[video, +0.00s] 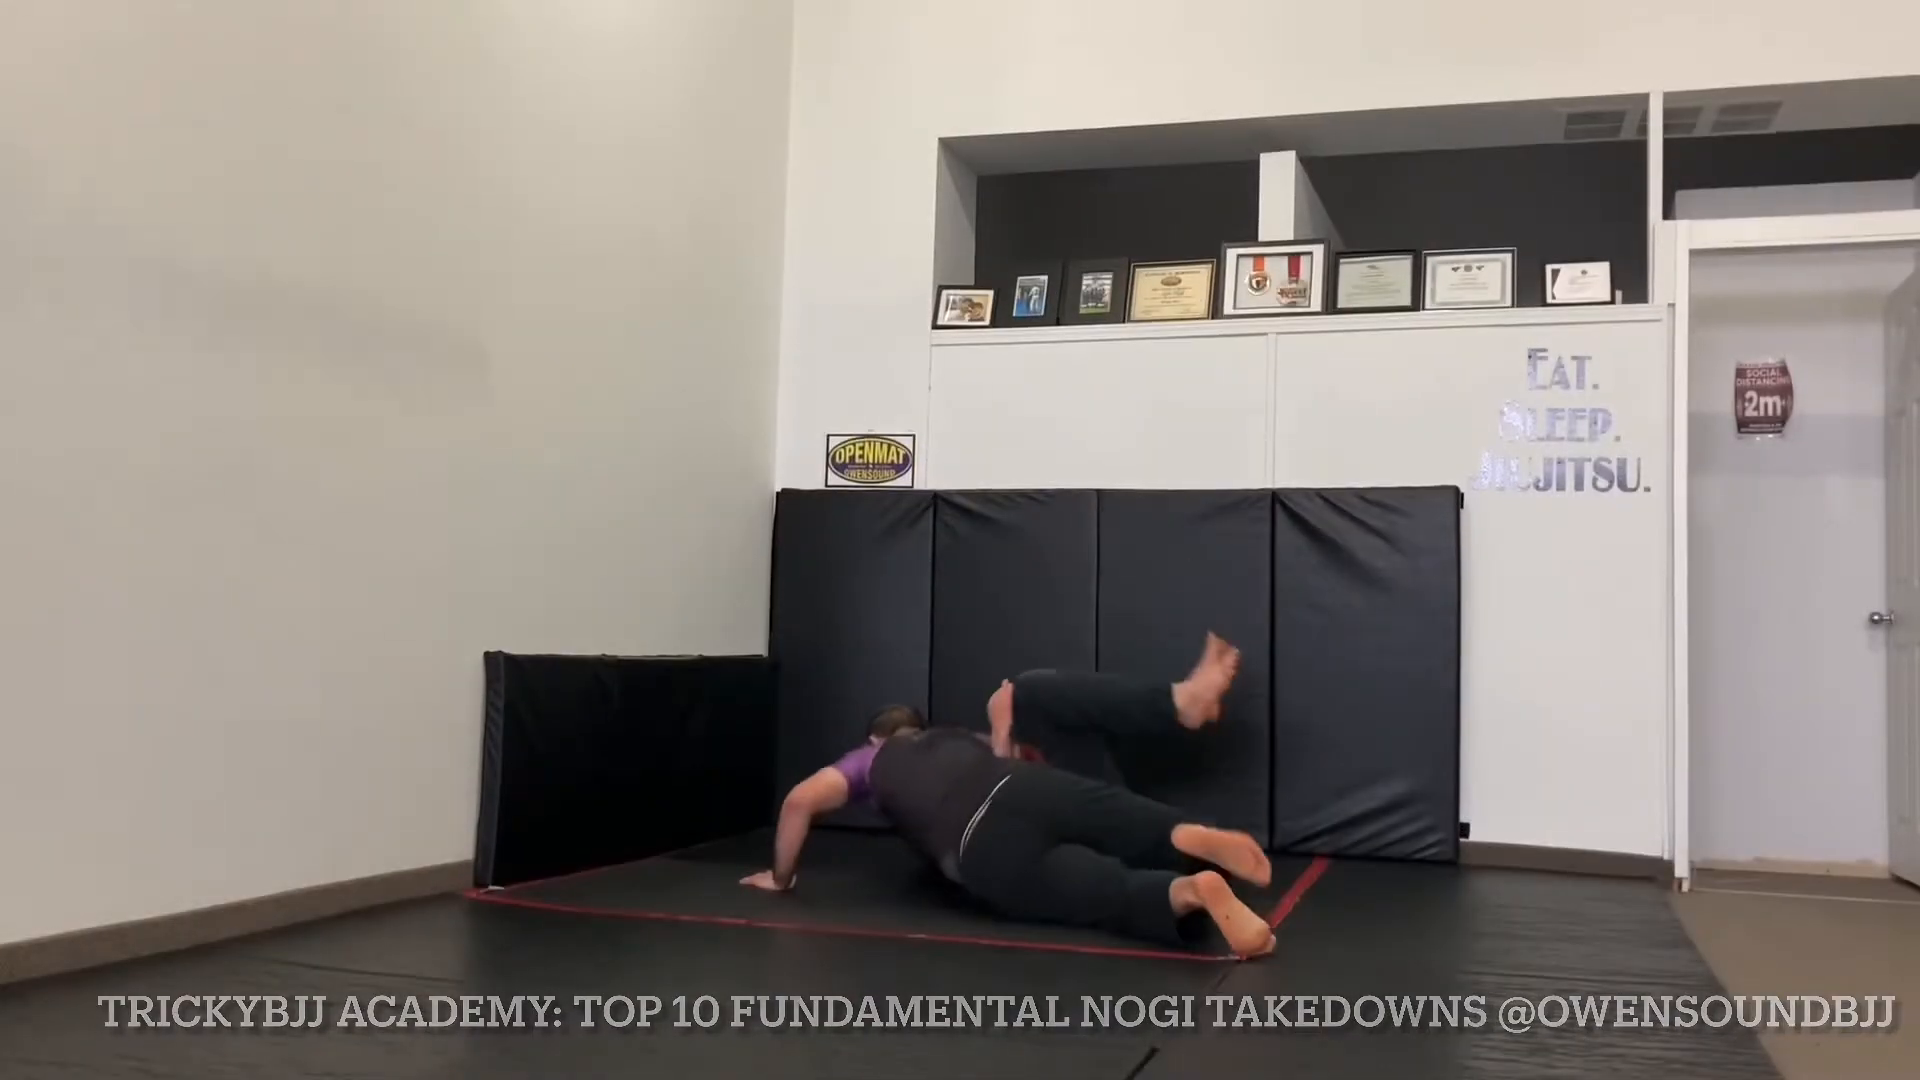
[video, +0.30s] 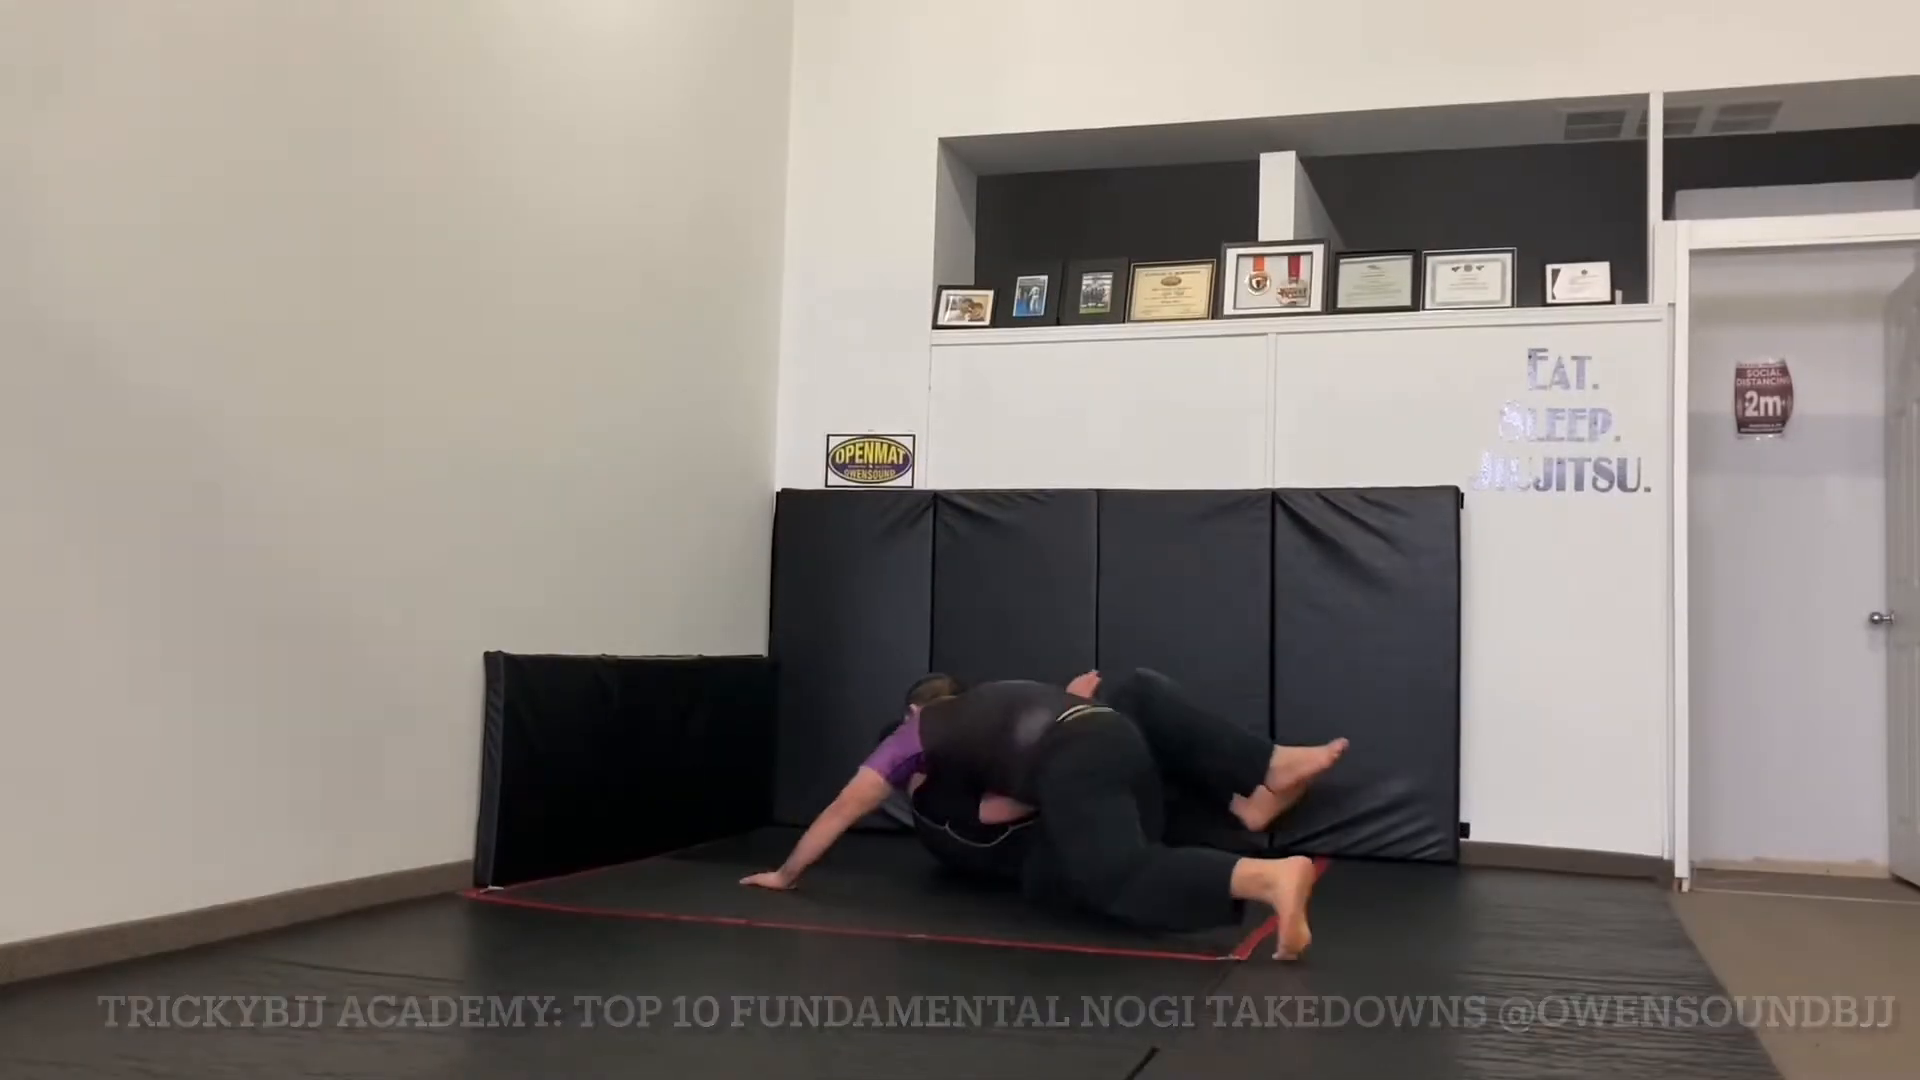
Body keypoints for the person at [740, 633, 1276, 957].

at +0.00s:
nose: (880, 752)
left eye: (873, 747)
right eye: (910, 736)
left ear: (875, 740)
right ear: (921, 725)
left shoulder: (870, 761)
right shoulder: (955, 742)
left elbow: (799, 802)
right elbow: (1005, 770)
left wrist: (781, 876)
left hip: (983, 851)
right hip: (1021, 796)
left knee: (1108, 890)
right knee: (1116, 813)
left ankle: (1197, 895)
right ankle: (1194, 835)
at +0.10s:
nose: (881, 740)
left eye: (883, 731)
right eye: (898, 722)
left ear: (891, 729)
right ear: (936, 712)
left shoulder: (886, 749)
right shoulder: (972, 726)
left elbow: (811, 801)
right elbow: (1021, 763)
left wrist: (783, 874)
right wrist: (1029, 719)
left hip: (1010, 825)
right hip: (1061, 765)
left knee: (1123, 892)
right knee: (1154, 836)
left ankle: (1200, 895)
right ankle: (1220, 880)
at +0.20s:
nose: (895, 736)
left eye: (896, 726)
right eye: (910, 718)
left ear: (904, 720)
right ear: (949, 705)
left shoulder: (901, 739)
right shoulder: (992, 714)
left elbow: (828, 804)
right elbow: (1055, 768)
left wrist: (785, 874)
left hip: (1039, 780)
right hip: (1100, 739)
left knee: (1126, 888)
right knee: (1128, 848)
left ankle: (1232, 883)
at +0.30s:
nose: (905, 725)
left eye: (907, 715)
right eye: (914, 712)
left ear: (919, 710)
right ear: (962, 695)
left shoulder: (917, 733)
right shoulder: (1005, 709)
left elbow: (849, 807)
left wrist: (789, 872)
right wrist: (1075, 706)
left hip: (1077, 757)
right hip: (1125, 740)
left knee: (1116, 872)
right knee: (1139, 852)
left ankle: (1271, 881)